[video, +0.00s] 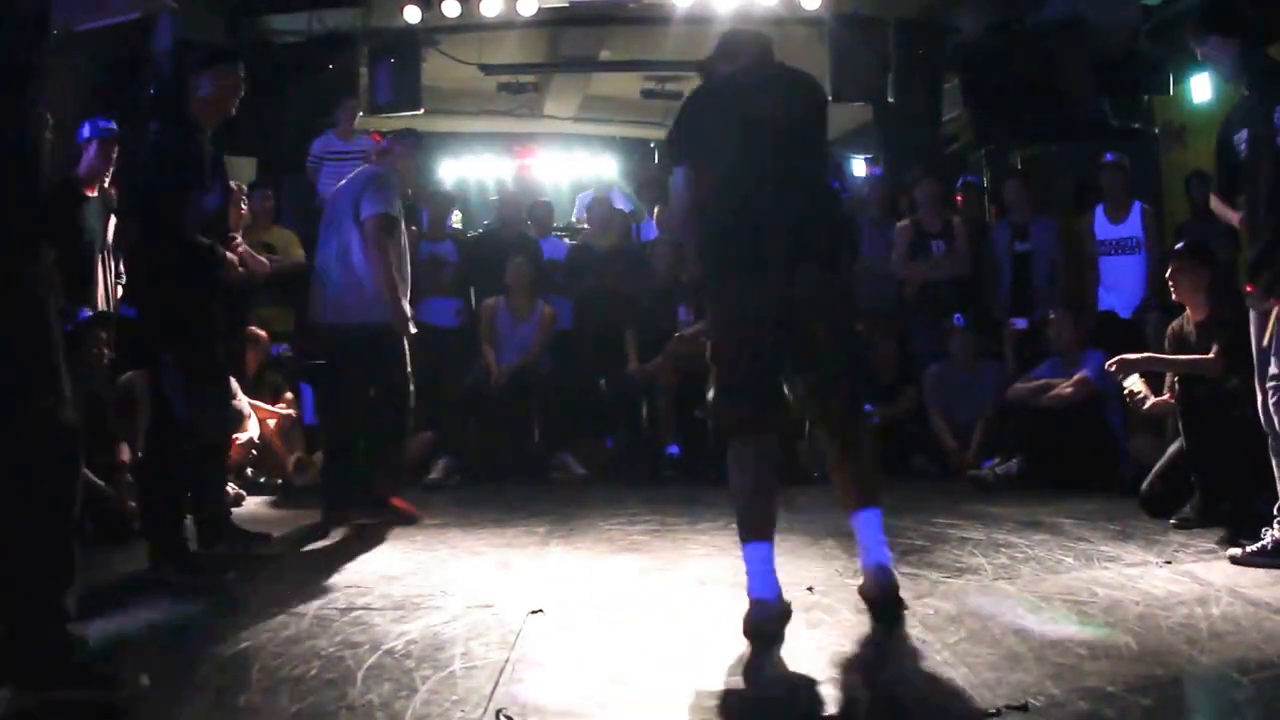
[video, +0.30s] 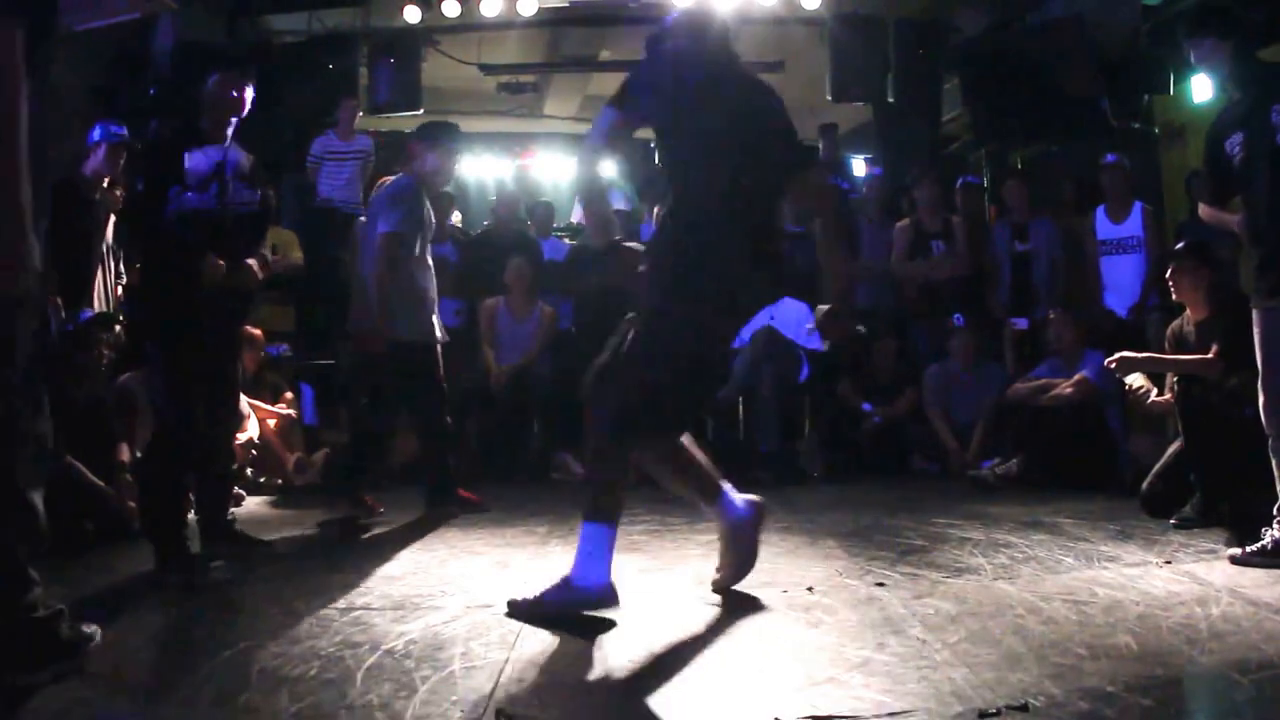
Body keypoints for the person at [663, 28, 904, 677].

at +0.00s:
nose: (716, 71)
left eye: (716, 63)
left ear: (718, 62)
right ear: (772, 58)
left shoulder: (701, 102)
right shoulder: (808, 91)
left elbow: (679, 208)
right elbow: (826, 185)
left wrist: (675, 272)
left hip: (739, 284)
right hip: (819, 278)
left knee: (747, 427)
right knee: (842, 413)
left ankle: (764, 595)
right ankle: (878, 565)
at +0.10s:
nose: (692, 50)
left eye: (691, 42)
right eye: (699, 43)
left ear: (696, 39)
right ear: (748, 36)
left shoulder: (687, 85)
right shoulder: (789, 80)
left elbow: (673, 186)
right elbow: (813, 183)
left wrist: (670, 260)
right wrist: (821, 259)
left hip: (719, 271)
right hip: (786, 267)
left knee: (735, 416)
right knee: (786, 393)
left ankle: (765, 583)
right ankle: (806, 508)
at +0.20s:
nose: (666, 26)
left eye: (675, 22)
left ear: (688, 19)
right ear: (733, 23)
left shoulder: (679, 41)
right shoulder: (778, 76)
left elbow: (632, 140)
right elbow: (793, 175)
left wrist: (639, 219)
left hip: (703, 246)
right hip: (766, 252)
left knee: (674, 382)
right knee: (689, 386)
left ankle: (772, 532)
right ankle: (671, 533)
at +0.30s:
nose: (661, 47)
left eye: (665, 38)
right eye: (663, 40)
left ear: (681, 36)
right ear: (725, 40)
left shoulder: (666, 68)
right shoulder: (760, 96)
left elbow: (592, 153)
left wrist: (607, 239)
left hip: (686, 272)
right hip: (745, 277)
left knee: (614, 391)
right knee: (640, 405)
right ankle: (732, 510)